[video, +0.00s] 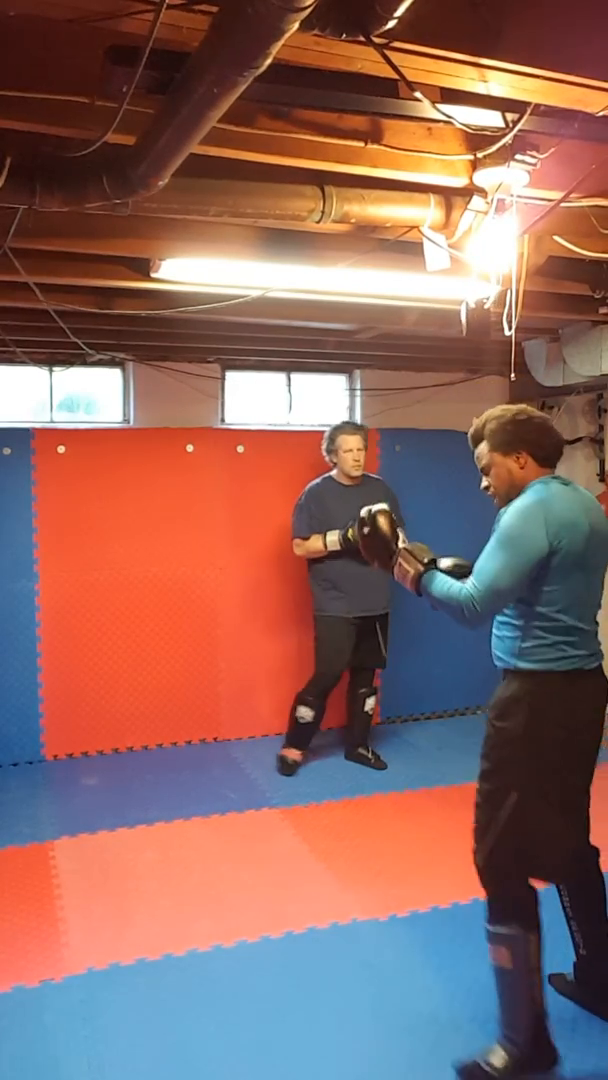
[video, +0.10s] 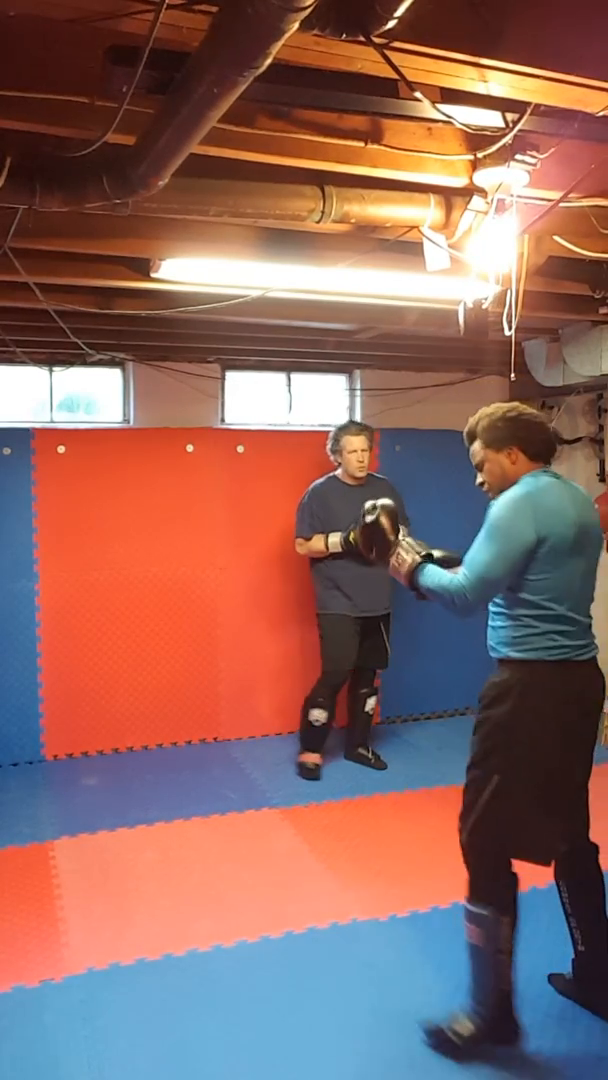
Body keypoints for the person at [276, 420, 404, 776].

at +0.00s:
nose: (357, 457)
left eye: (361, 450)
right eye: (349, 451)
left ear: (367, 452)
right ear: (332, 455)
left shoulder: (381, 490)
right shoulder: (315, 493)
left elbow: (398, 536)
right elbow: (301, 547)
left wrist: (390, 541)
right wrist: (346, 537)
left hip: (375, 603)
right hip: (333, 604)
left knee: (366, 674)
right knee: (329, 672)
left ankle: (358, 744)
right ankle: (295, 747)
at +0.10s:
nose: (361, 457)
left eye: (366, 451)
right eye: (353, 452)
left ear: (372, 453)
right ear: (337, 455)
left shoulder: (385, 489)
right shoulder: (319, 492)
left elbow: (401, 535)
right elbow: (304, 545)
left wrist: (420, 555)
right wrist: (347, 539)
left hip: (377, 602)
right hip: (336, 601)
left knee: (367, 675)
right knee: (336, 672)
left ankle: (358, 745)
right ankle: (311, 751)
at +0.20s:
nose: (366, 459)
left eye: (370, 452)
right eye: (358, 453)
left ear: (376, 454)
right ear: (341, 455)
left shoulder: (388, 490)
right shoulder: (322, 492)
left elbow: (404, 535)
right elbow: (304, 544)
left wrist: (394, 547)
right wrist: (344, 540)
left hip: (378, 601)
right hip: (338, 601)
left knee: (368, 675)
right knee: (342, 673)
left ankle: (358, 745)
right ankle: (324, 756)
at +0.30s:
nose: (368, 460)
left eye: (373, 453)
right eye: (361, 453)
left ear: (379, 454)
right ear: (343, 455)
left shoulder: (389, 490)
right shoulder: (324, 492)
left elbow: (403, 539)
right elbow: (305, 544)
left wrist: (413, 558)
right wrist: (350, 538)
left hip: (379, 603)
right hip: (340, 603)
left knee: (369, 676)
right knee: (345, 674)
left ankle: (359, 744)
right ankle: (337, 760)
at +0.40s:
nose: (369, 460)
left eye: (374, 453)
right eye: (362, 453)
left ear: (380, 454)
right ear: (345, 455)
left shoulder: (390, 492)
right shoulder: (324, 493)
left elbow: (405, 537)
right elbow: (306, 544)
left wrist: (388, 543)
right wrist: (348, 537)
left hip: (380, 605)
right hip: (341, 607)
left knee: (368, 679)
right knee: (345, 681)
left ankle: (360, 744)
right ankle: (344, 764)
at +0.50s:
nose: (370, 460)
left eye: (374, 453)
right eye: (362, 453)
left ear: (380, 453)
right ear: (344, 455)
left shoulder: (391, 492)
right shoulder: (324, 493)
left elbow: (409, 536)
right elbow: (305, 545)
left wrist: (384, 544)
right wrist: (342, 542)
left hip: (381, 605)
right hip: (341, 607)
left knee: (368, 679)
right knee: (344, 683)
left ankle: (360, 744)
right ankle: (343, 766)